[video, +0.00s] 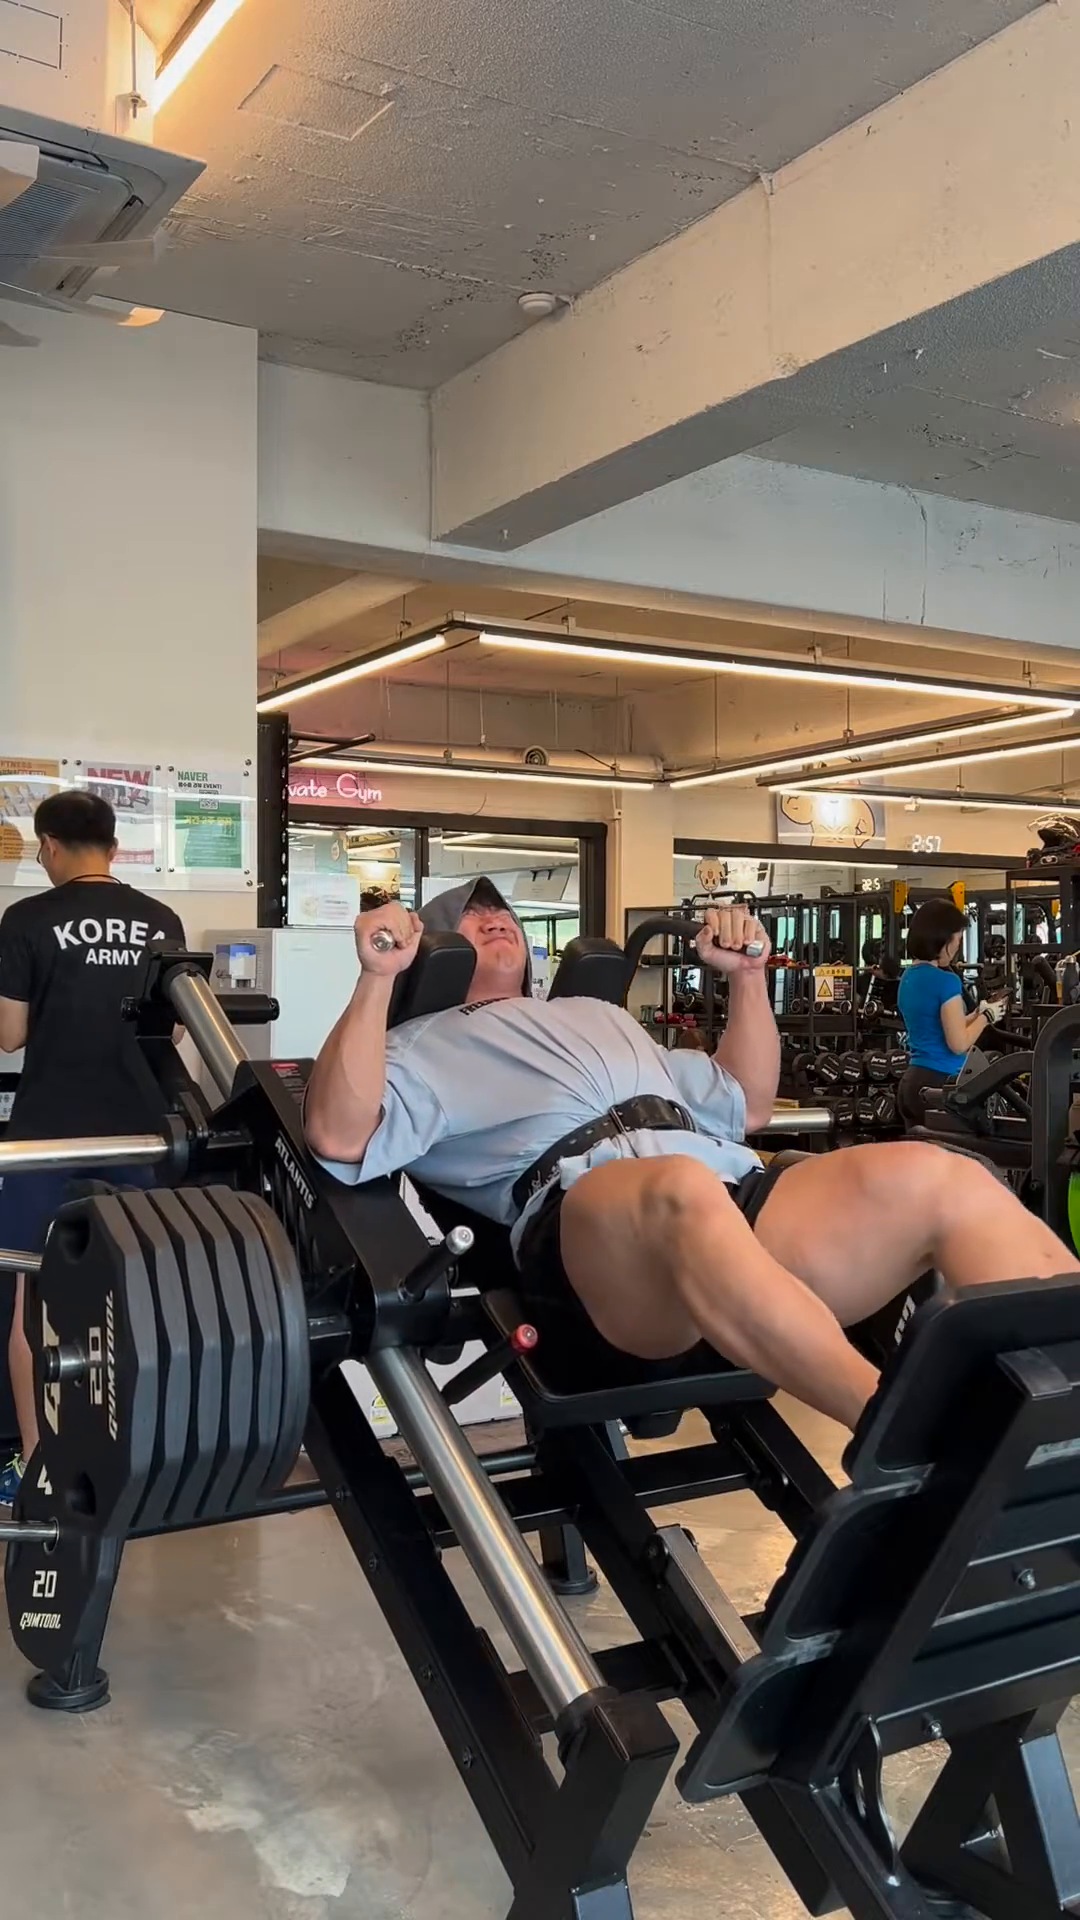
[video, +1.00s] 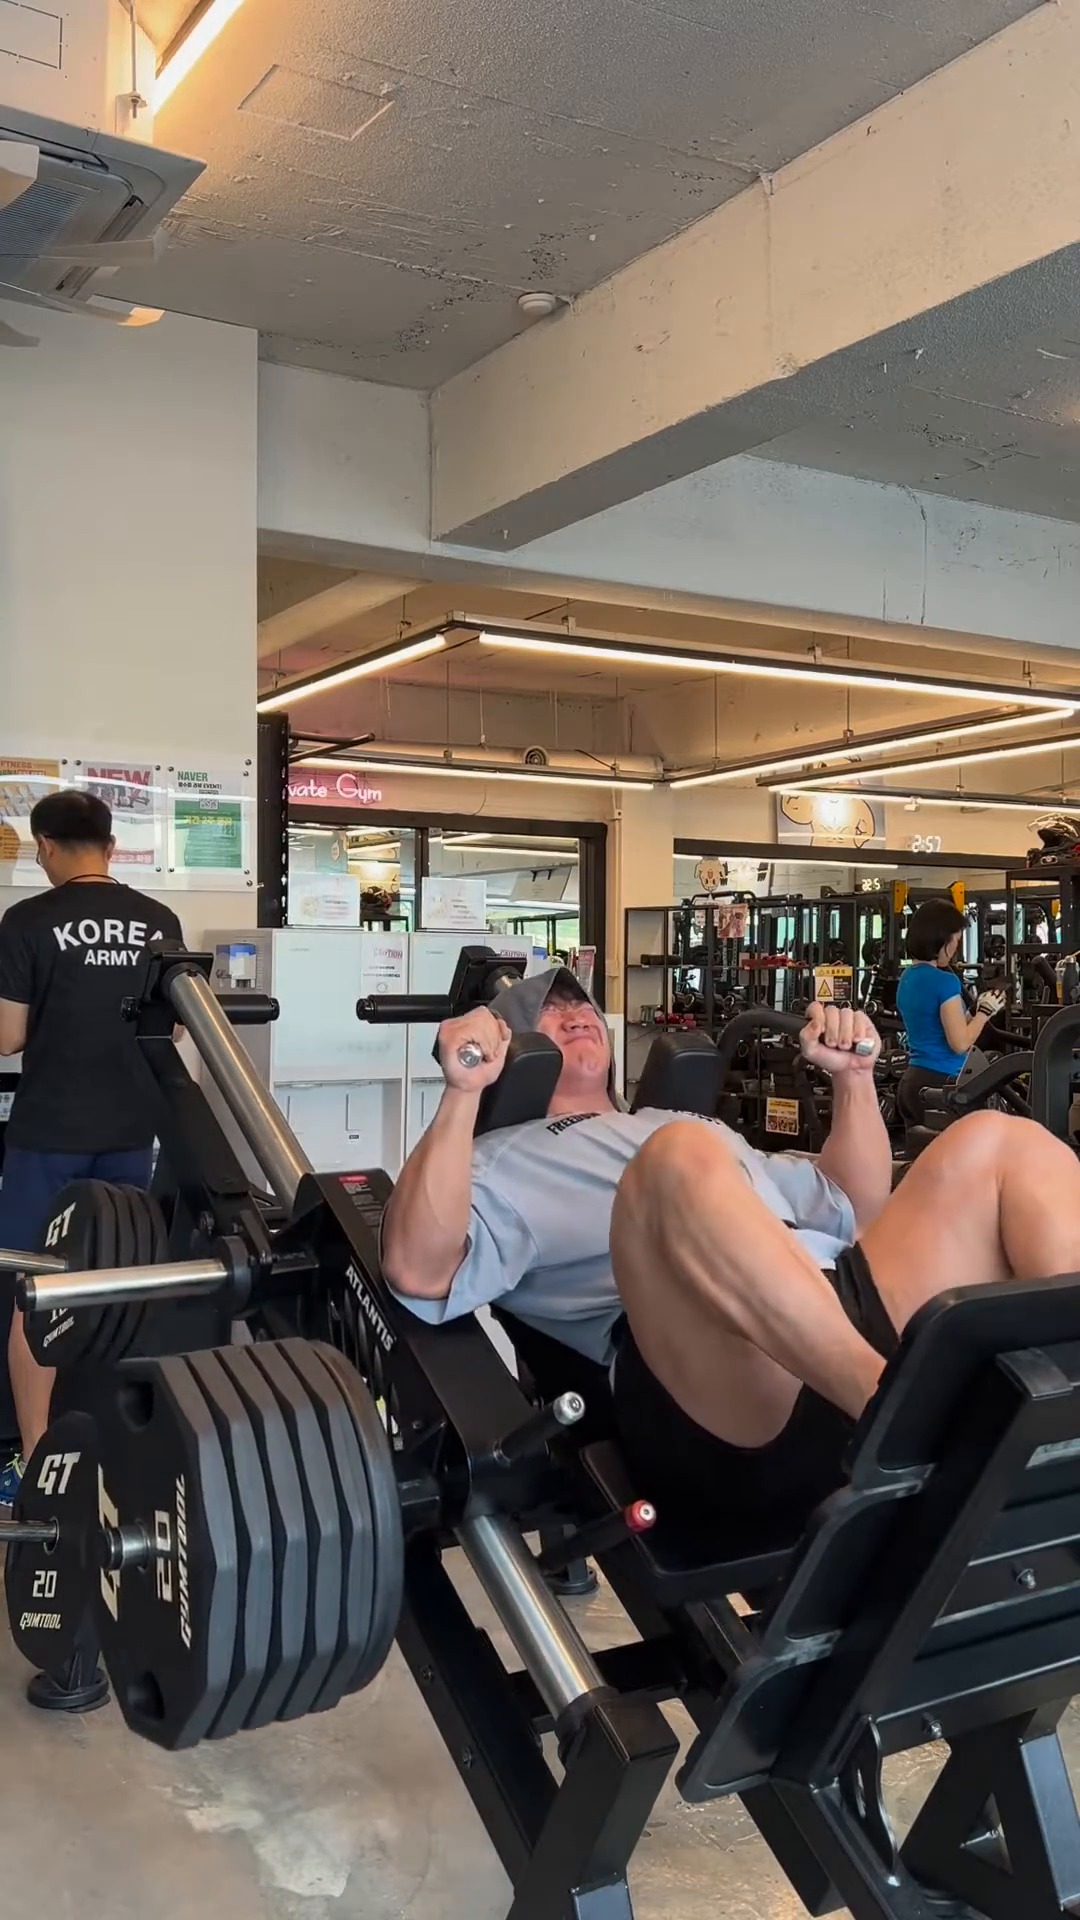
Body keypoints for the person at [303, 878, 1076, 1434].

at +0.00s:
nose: (495, 923)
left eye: (504, 916)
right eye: (472, 919)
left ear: (528, 947)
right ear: (441, 960)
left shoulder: (602, 1022)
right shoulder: (426, 1048)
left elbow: (744, 1102)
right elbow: (339, 1135)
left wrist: (745, 978)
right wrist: (376, 983)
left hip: (733, 1208)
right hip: (581, 1246)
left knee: (947, 1182)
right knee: (681, 1193)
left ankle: (1078, 1370)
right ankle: (902, 1427)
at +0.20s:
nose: (507, 937)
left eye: (516, 929)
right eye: (483, 932)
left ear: (542, 961)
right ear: (449, 978)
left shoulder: (614, 1037)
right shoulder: (436, 1066)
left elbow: (764, 1122)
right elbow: (352, 1159)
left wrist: (763, 994)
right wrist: (389, 1000)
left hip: (755, 1241)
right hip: (604, 1289)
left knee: (955, 1165)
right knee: (677, 1174)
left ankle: (1073, 1382)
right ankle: (899, 1426)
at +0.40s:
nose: (522, 955)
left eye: (531, 947)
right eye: (499, 950)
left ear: (556, 979)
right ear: (464, 996)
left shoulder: (636, 1060)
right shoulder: (453, 1090)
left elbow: (782, 1145)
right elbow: (365, 1186)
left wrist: (785, 1019)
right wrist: (408, 1020)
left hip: (784, 1282)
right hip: (634, 1336)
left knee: (975, 1154)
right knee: (675, 1166)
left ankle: (1076, 1382)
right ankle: (894, 1421)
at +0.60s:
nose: (542, 981)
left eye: (550, 971)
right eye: (519, 975)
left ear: (573, 1000)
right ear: (481, 1020)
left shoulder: (655, 1083)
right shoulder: (472, 1117)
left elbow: (808, 1171)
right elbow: (385, 1216)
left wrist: (806, 1038)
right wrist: (426, 1046)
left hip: (809, 1314)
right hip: (659, 1373)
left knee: (989, 1150)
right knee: (680, 1161)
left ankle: (1074, 1384)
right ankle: (899, 1418)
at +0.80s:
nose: (564, 997)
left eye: (572, 986)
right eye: (538, 985)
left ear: (592, 1024)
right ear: (486, 1025)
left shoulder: (672, 1108)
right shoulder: (484, 1144)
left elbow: (833, 1192)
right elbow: (401, 1245)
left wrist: (829, 1060)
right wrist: (447, 1067)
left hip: (837, 1342)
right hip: (686, 1404)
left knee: (997, 1146)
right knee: (678, 1157)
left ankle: (1065, 1393)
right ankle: (888, 1408)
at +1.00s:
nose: (584, 1013)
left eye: (585, 1000)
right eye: (554, 1003)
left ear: (602, 1034)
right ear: (504, 1042)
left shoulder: (678, 1130)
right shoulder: (501, 1167)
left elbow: (852, 1208)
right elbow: (417, 1273)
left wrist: (851, 1080)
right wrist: (463, 1095)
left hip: (858, 1376)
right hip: (707, 1433)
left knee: (1001, 1146)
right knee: (681, 1153)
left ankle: (1070, 1391)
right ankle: (891, 1405)